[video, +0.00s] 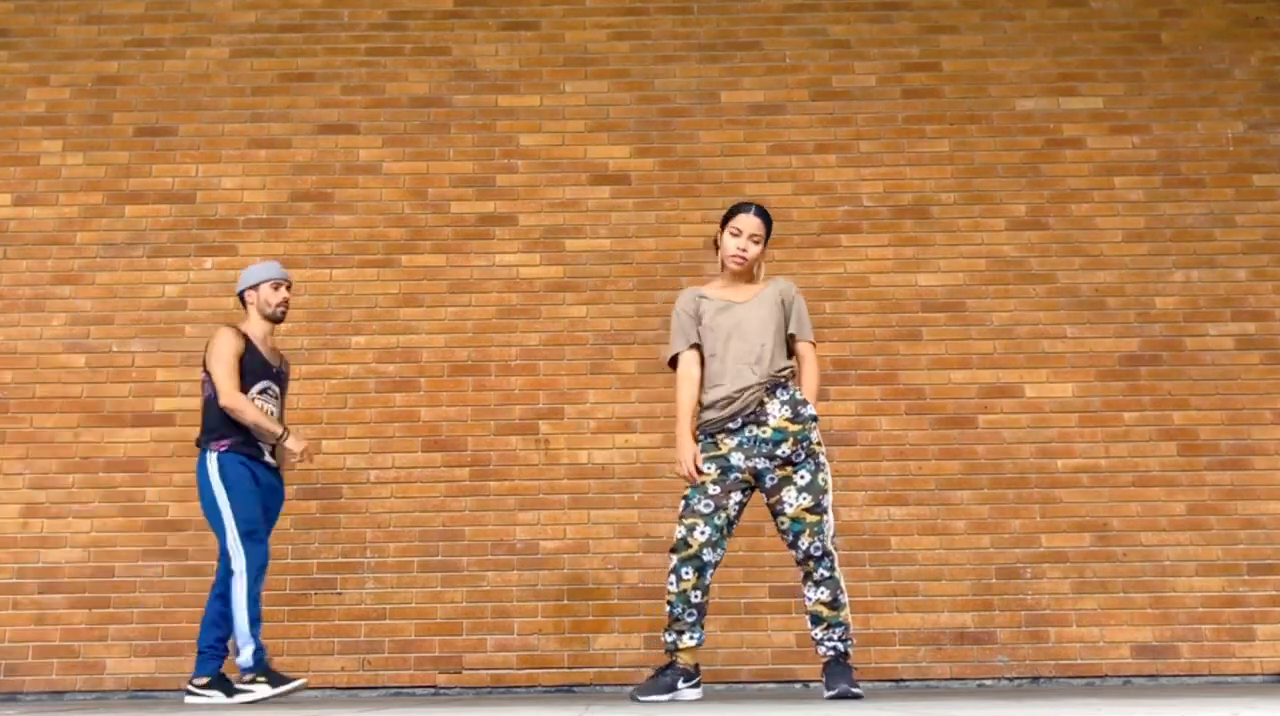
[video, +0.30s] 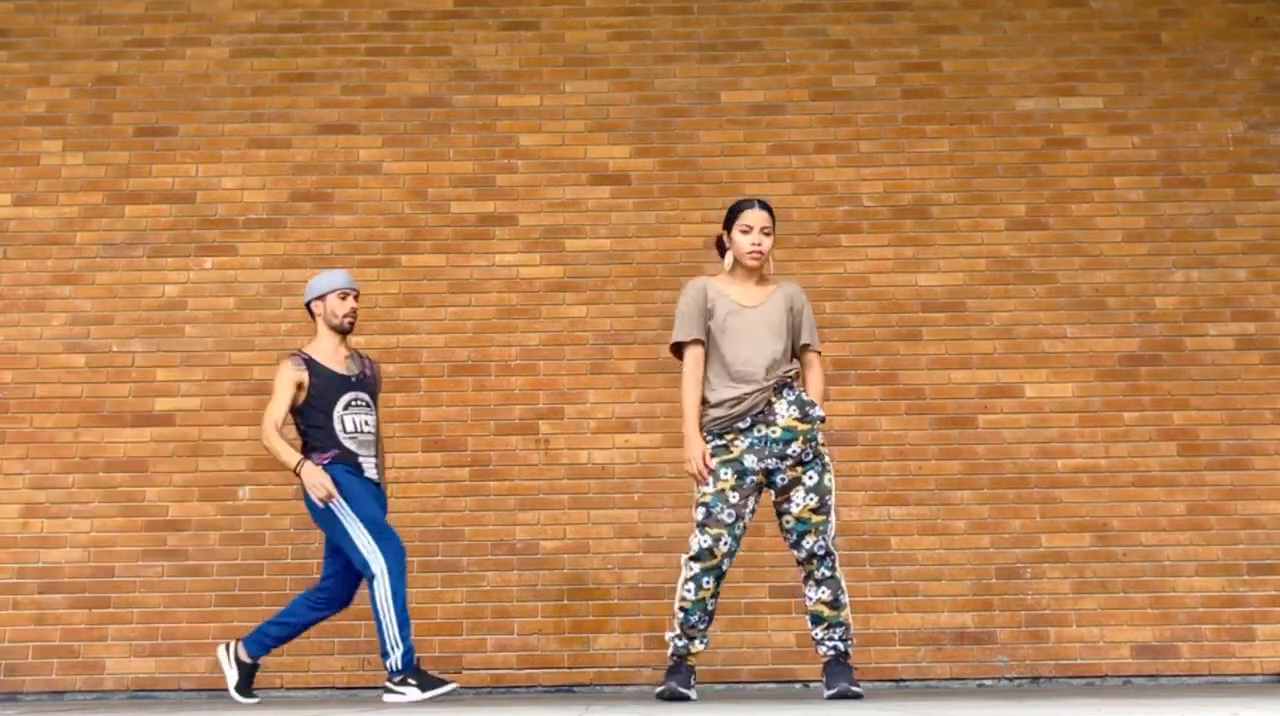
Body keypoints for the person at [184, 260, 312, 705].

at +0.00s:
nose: (285, 295)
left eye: (287, 289)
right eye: (275, 287)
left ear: (286, 299)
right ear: (249, 296)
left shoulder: (280, 363)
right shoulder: (227, 338)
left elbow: (275, 428)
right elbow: (230, 400)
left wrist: (280, 466)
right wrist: (282, 434)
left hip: (263, 470)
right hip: (225, 464)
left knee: (236, 564)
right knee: (248, 555)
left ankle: (205, 674)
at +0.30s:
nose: (352, 305)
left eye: (355, 298)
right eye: (342, 298)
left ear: (357, 306)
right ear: (317, 306)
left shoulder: (367, 368)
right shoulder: (297, 366)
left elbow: (370, 435)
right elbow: (269, 430)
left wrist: (378, 487)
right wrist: (304, 468)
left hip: (368, 483)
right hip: (331, 478)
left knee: (334, 592)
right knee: (386, 554)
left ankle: (245, 652)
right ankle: (402, 672)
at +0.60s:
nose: (432, 281)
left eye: (434, 275)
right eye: (422, 273)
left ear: (429, 285)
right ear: (394, 281)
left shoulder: (425, 341)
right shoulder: (373, 339)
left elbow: (427, 403)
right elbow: (370, 408)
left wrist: (444, 443)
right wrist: (393, 441)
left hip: (447, 459)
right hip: (404, 461)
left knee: (482, 548)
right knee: (426, 561)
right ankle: (406, 673)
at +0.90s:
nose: (496, 280)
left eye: (498, 274)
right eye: (488, 271)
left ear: (486, 283)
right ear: (460, 277)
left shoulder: (474, 339)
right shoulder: (438, 327)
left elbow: (467, 395)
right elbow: (444, 375)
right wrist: (494, 372)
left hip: (493, 464)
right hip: (454, 463)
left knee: (521, 566)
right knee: (452, 569)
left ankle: (558, 662)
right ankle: (408, 672)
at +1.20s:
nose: (567, 263)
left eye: (568, 257)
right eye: (558, 254)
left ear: (556, 266)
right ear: (529, 259)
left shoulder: (540, 315)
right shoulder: (512, 301)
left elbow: (543, 384)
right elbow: (508, 367)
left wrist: (568, 430)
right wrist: (514, 438)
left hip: (568, 447)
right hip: (529, 446)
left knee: (569, 560)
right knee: (512, 554)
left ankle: (575, 667)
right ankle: (443, 639)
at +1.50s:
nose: (607, 241)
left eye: (611, 234)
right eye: (597, 232)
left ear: (610, 245)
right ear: (570, 240)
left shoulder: (610, 316)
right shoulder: (540, 291)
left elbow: (608, 384)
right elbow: (501, 355)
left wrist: (628, 423)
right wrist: (545, 392)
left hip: (608, 436)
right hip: (557, 432)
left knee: (596, 544)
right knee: (577, 535)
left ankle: (581, 661)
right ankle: (582, 664)